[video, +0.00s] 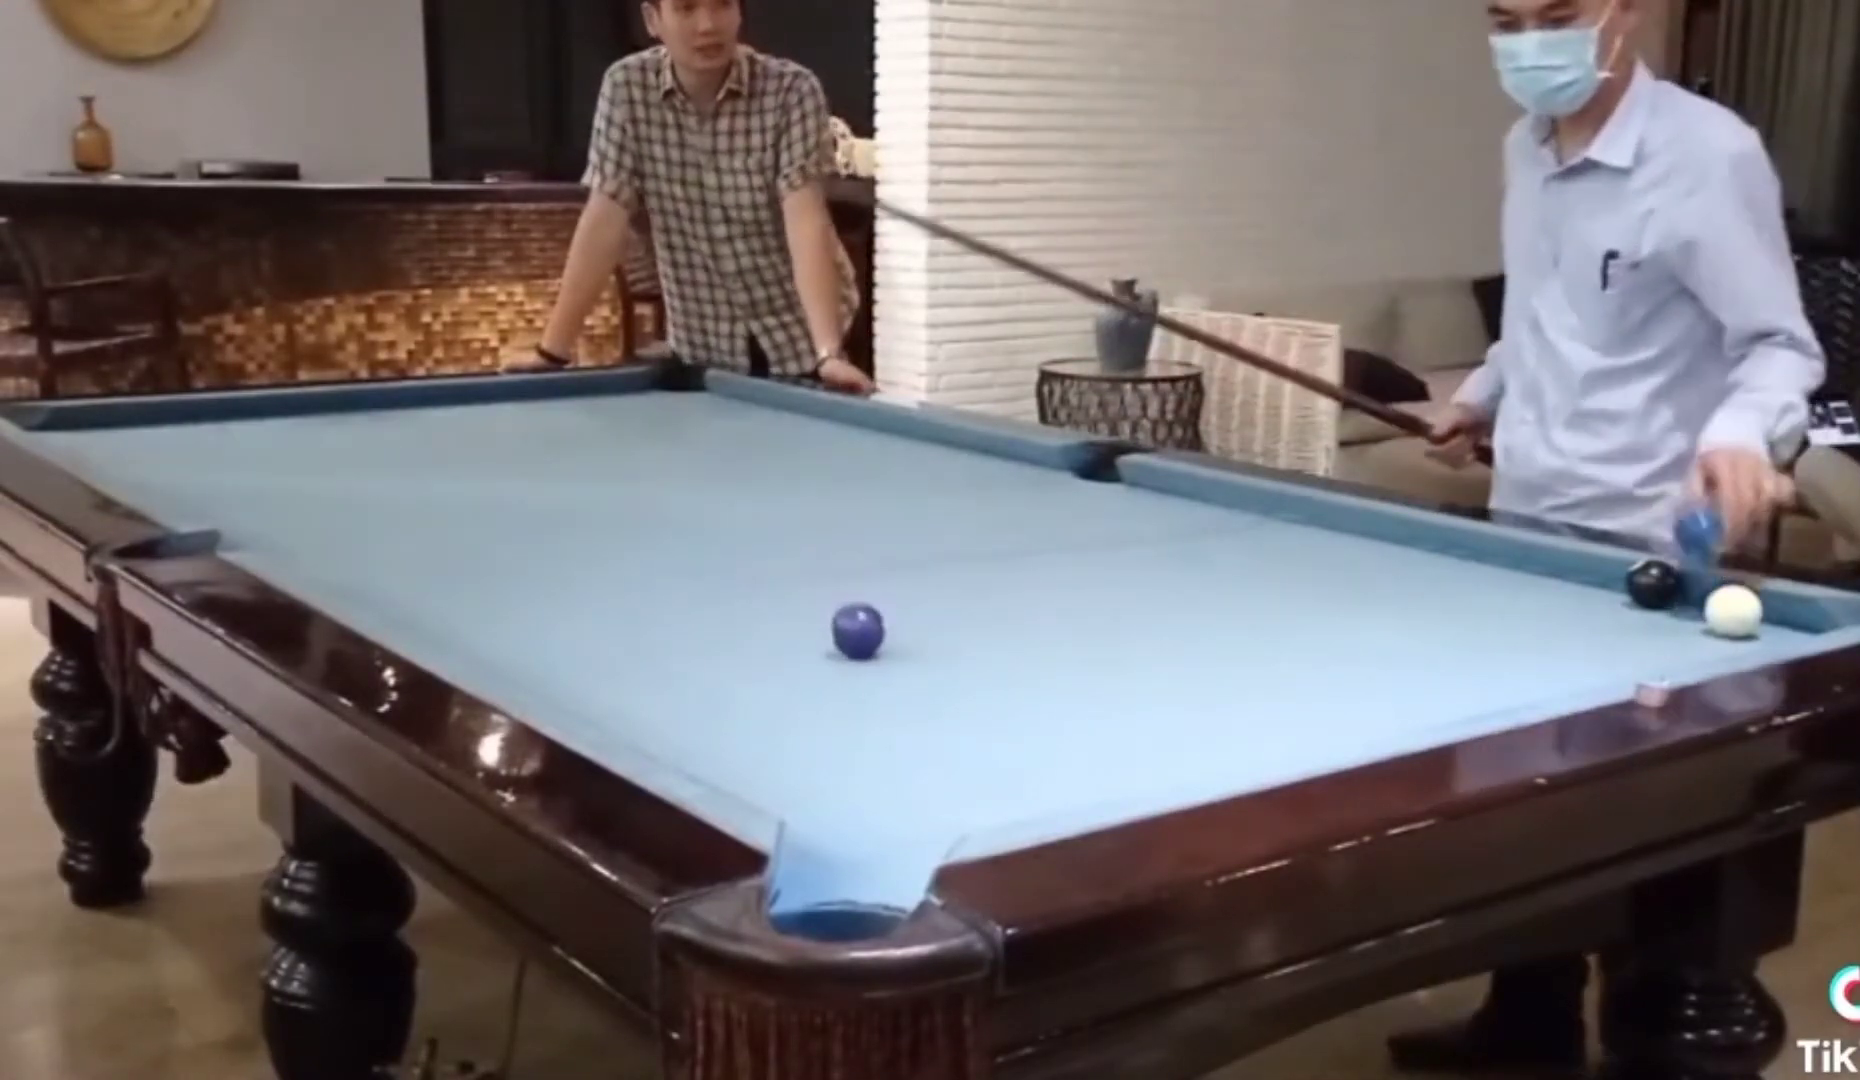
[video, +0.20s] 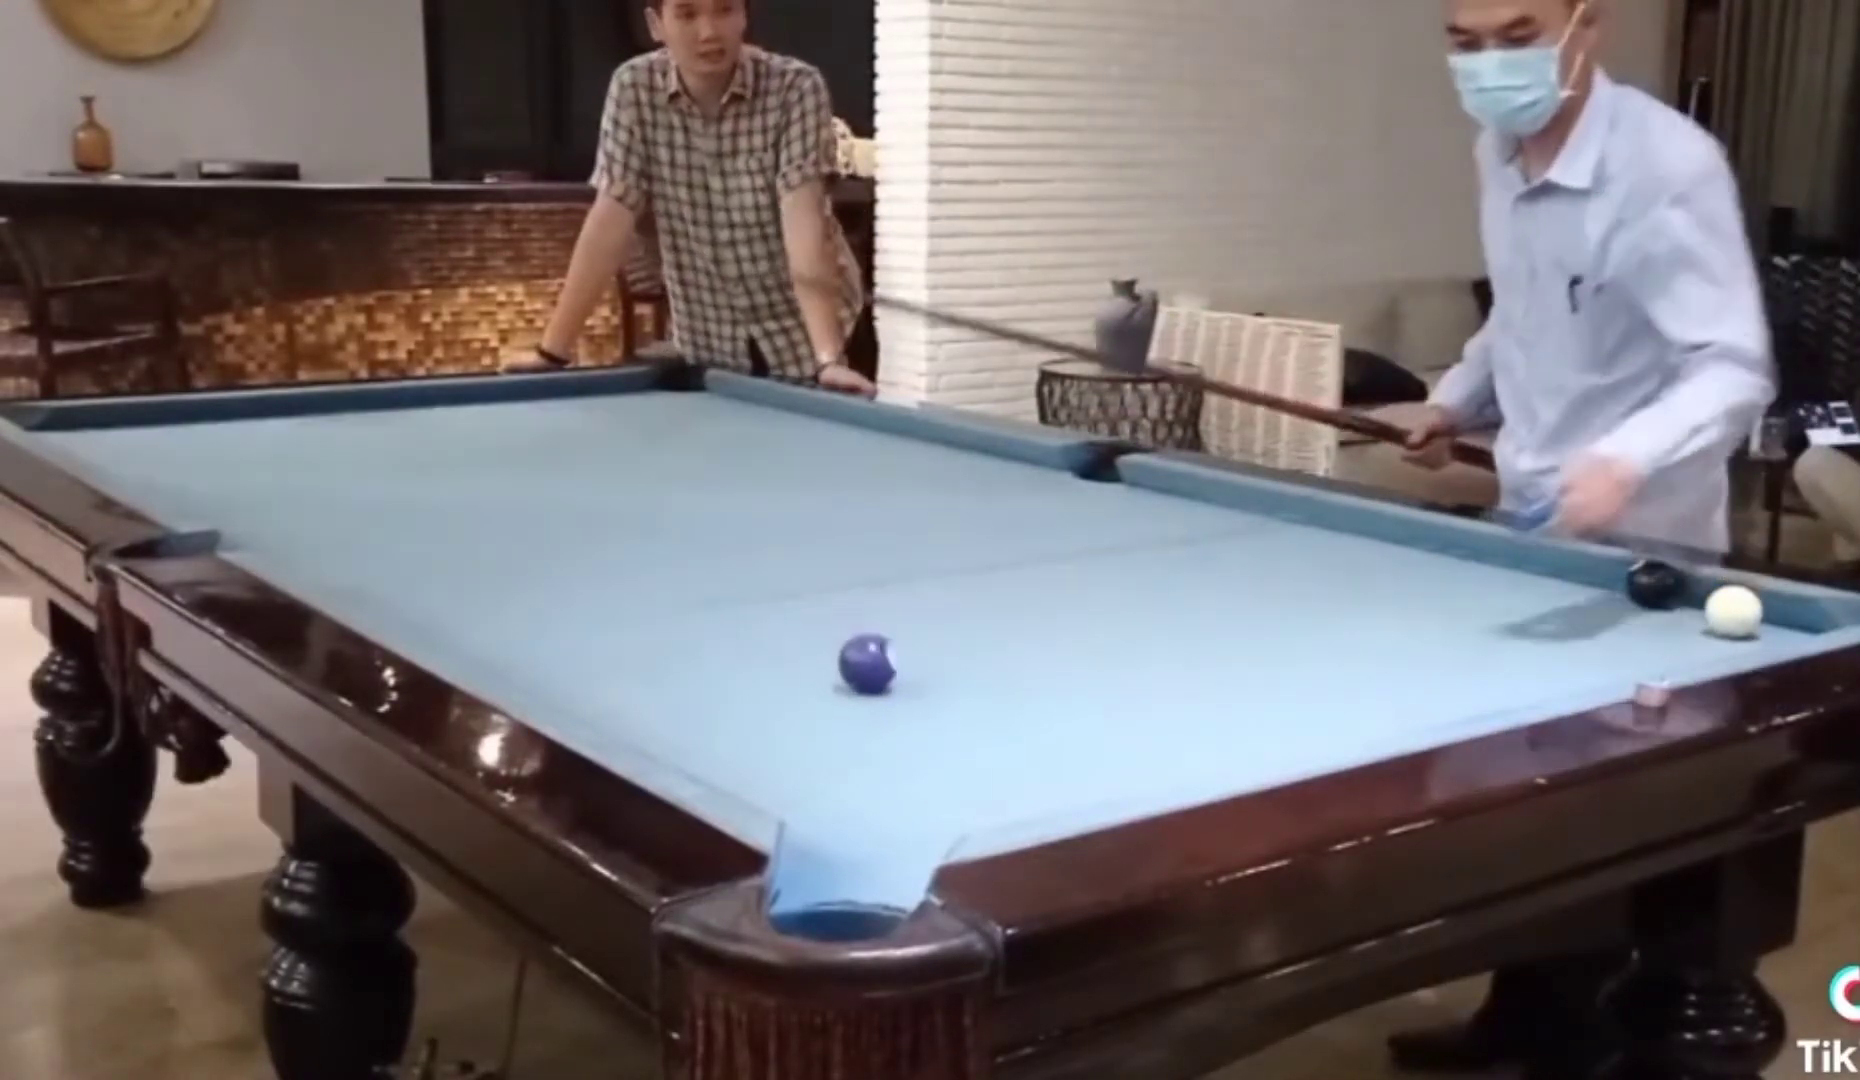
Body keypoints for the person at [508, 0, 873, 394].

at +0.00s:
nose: (707, 24)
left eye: (720, 5)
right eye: (686, 8)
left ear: (741, 12)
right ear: (653, 19)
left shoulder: (790, 90)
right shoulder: (627, 87)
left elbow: (806, 215)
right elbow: (605, 216)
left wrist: (829, 352)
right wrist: (552, 352)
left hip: (799, 338)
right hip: (700, 340)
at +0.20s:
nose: (709, 31)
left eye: (724, 12)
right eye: (688, 15)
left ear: (745, 16)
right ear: (656, 23)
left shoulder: (794, 88)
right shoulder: (635, 88)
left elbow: (805, 229)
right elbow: (611, 217)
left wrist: (829, 358)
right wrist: (553, 352)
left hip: (804, 340)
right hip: (705, 340)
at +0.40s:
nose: (711, 38)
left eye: (729, 17)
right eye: (692, 20)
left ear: (752, 20)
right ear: (662, 25)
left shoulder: (796, 83)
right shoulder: (640, 88)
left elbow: (801, 216)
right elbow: (615, 215)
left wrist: (829, 358)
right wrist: (551, 352)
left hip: (813, 344)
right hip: (710, 347)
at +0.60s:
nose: (711, 43)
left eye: (728, 22)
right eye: (691, 25)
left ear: (754, 24)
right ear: (663, 28)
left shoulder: (794, 81)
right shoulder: (641, 87)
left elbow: (799, 218)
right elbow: (614, 216)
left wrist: (830, 360)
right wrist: (552, 352)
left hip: (815, 345)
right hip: (710, 346)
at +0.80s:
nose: (710, 45)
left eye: (728, 24)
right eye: (690, 26)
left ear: (754, 24)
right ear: (662, 29)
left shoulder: (794, 80)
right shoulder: (638, 86)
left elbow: (799, 219)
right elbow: (613, 215)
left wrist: (828, 360)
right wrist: (553, 351)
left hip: (818, 348)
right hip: (710, 350)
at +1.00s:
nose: (708, 46)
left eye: (726, 25)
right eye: (688, 27)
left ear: (752, 25)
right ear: (661, 30)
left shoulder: (793, 80)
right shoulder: (637, 85)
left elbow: (798, 216)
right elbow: (612, 215)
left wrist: (828, 360)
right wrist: (553, 351)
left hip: (818, 349)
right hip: (711, 350)